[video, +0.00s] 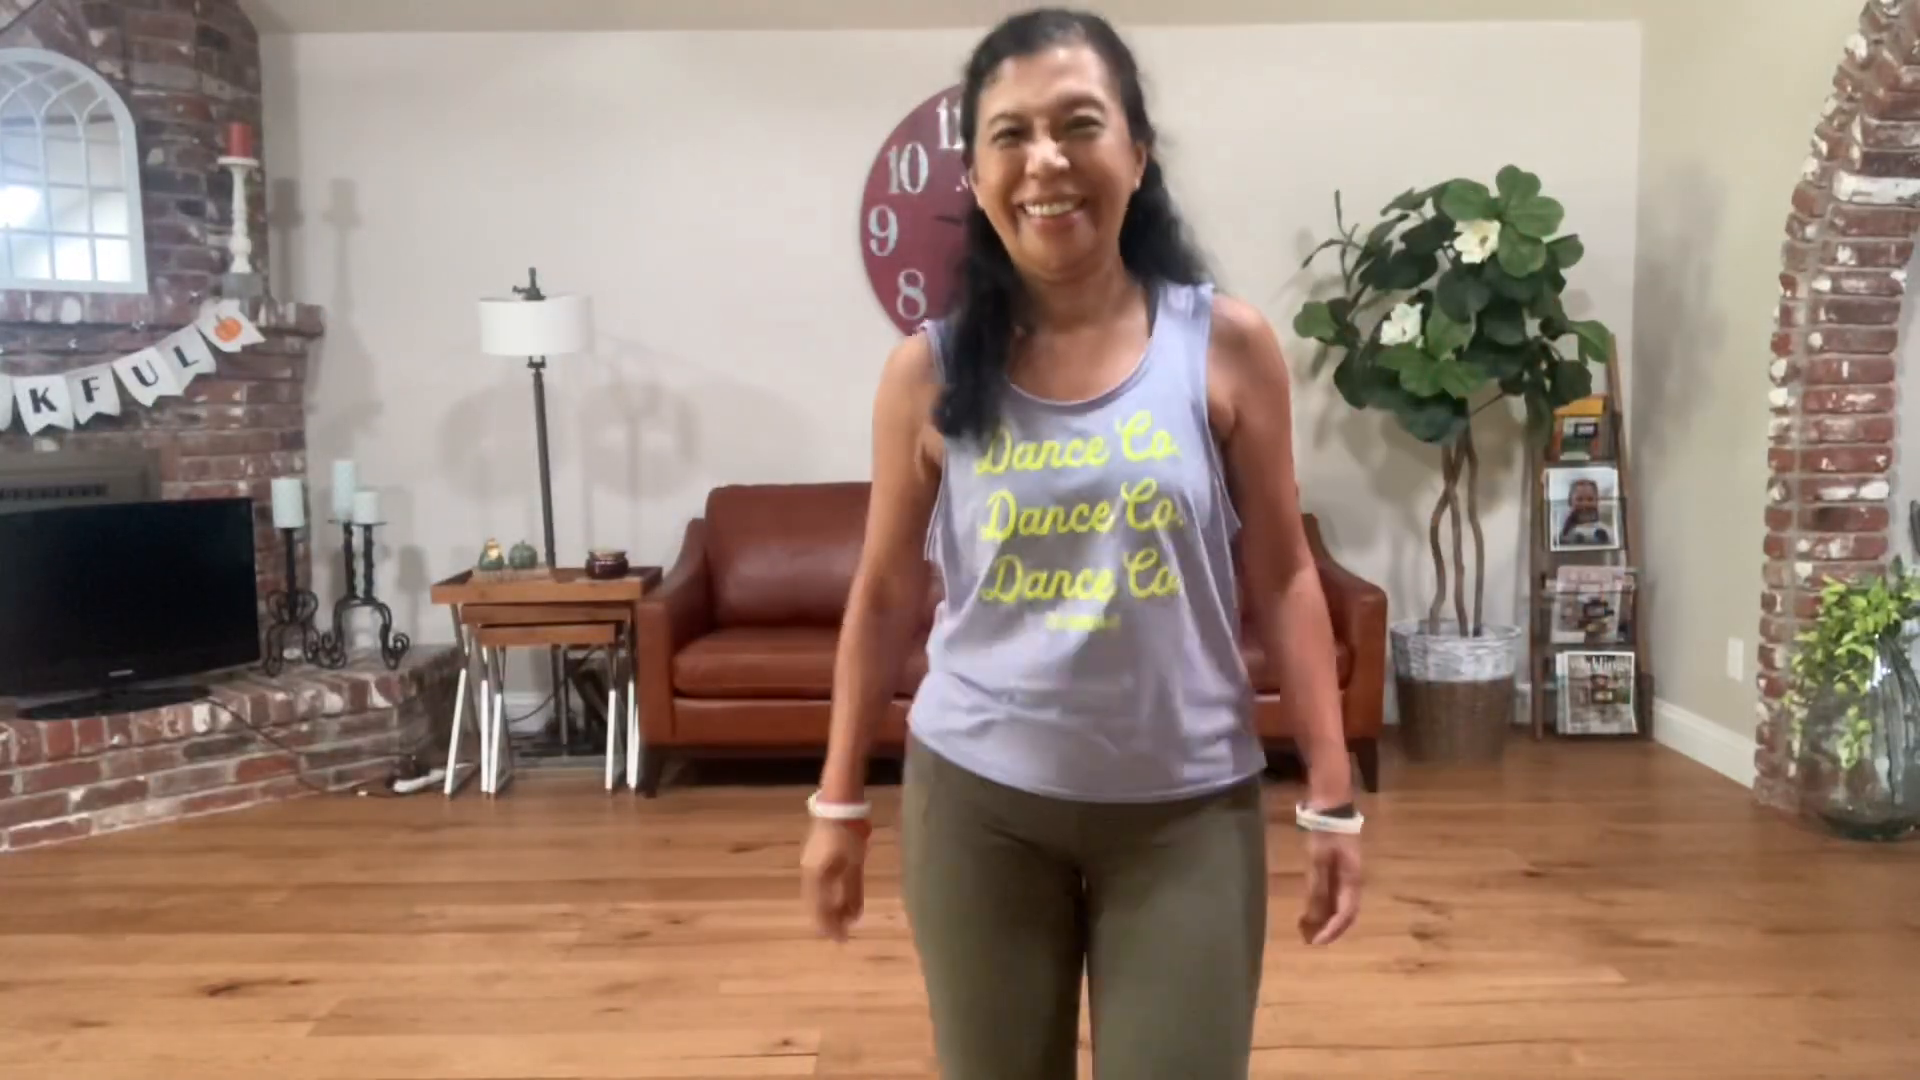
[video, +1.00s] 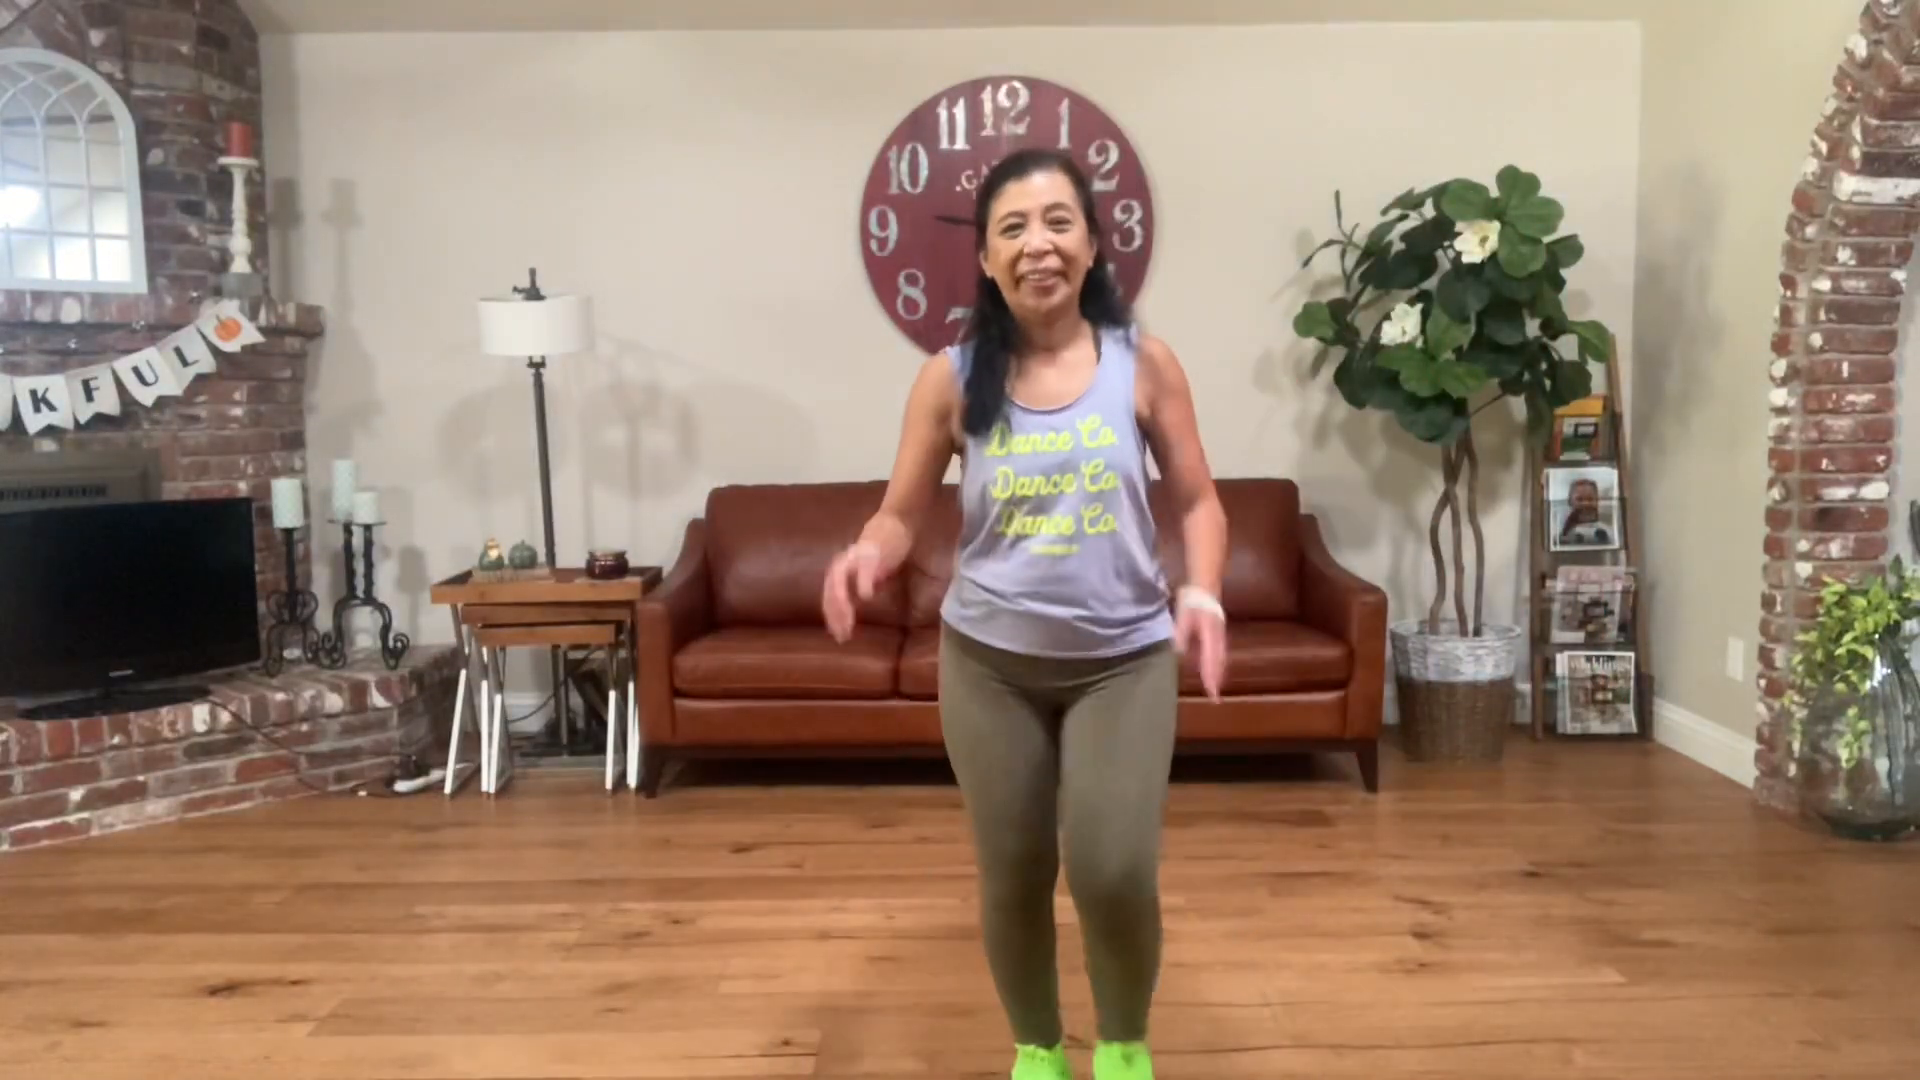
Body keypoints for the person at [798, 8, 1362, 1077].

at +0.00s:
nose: (1046, 160)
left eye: (1078, 126)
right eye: (1011, 136)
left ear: (1138, 153)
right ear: (973, 176)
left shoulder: (1226, 345)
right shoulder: (931, 370)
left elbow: (1285, 577)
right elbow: (881, 600)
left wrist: (1331, 794)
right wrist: (838, 801)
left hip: (1187, 812)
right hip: (976, 809)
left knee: (1178, 1065)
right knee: (995, 1068)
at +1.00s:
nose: (1039, 244)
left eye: (1059, 222)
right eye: (1014, 228)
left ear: (1092, 244)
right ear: (986, 259)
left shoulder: (1144, 366)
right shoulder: (951, 378)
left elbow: (1198, 503)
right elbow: (899, 515)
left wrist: (1201, 591)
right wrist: (871, 548)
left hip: (1125, 661)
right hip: (988, 662)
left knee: (1113, 870)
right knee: (1013, 871)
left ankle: (1123, 1048)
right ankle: (1036, 1053)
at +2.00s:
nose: (930, 283)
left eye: (948, 267)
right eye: (913, 268)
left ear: (972, 285)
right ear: (888, 285)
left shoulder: (1005, 390)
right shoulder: (855, 380)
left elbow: (1044, 500)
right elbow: (815, 481)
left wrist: (1015, 532)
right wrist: (786, 501)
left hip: (985, 619)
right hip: (876, 617)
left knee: (1025, 794)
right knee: (869, 785)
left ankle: (1086, 975)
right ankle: (871, 914)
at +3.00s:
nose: (1032, 279)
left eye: (1047, 264)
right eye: (1013, 267)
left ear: (1071, 281)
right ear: (990, 289)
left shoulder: (1103, 370)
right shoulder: (965, 379)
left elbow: (1131, 454)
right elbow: (933, 476)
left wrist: (1157, 486)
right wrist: (924, 509)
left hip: (1092, 599)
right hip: (987, 597)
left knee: (1114, 755)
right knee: (938, 753)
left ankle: (1140, 900)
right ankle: (878, 908)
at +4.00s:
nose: (982, 285)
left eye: (1000, 268)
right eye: (969, 274)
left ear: (1037, 285)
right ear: (959, 296)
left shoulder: (1072, 378)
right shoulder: (961, 378)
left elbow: (1131, 453)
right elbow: (959, 457)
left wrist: (1126, 481)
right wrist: (885, 468)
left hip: (1053, 595)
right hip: (949, 596)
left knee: (1089, 749)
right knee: (911, 744)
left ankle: (1138, 900)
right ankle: (868, 881)